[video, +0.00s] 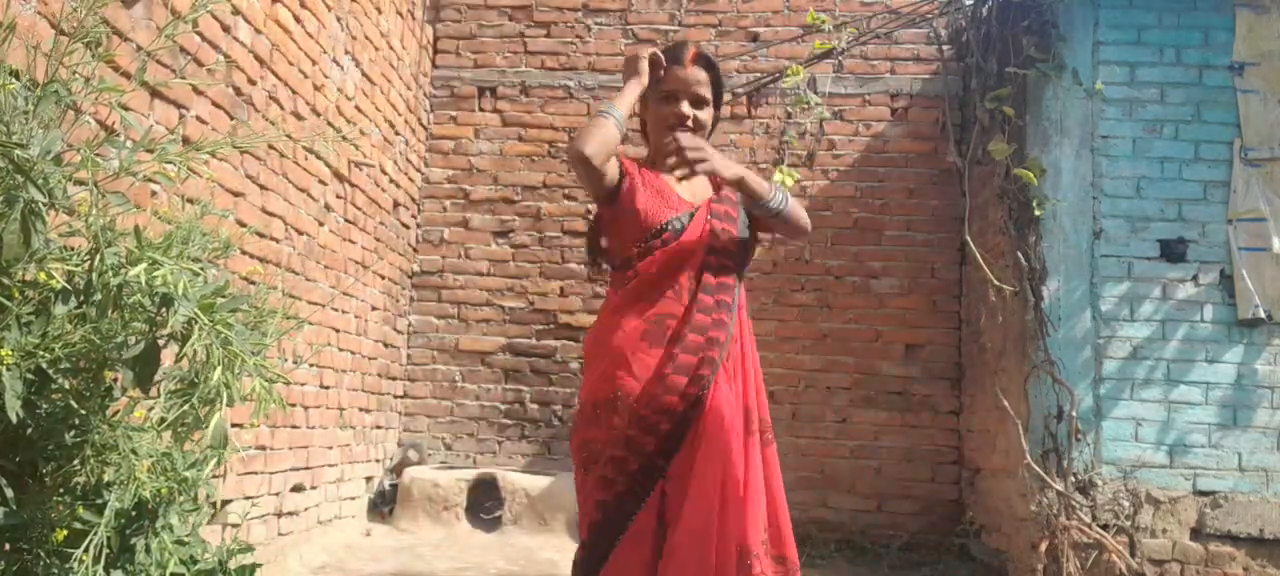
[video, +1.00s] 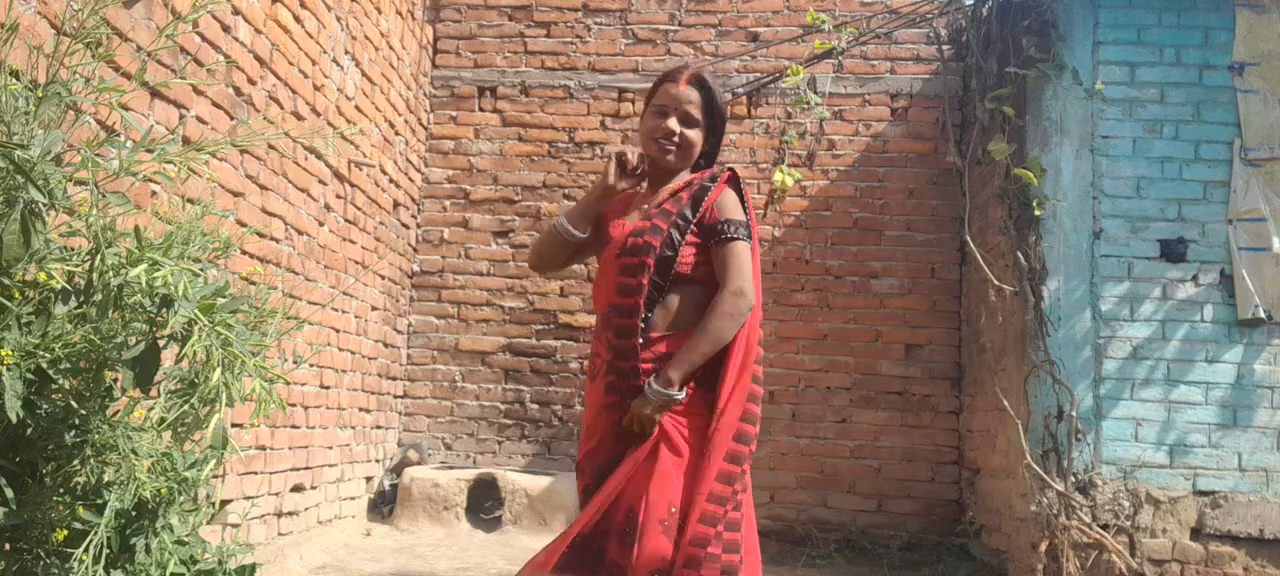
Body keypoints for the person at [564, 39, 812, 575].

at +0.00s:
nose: (685, 113)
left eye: (699, 102)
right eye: (670, 98)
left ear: (716, 112)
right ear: (646, 108)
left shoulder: (730, 190)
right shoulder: (625, 177)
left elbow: (800, 227)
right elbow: (585, 153)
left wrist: (733, 171)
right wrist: (634, 86)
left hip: (721, 381)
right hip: (636, 382)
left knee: (728, 535)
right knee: (629, 539)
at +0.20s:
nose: (680, 83)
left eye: (697, 77)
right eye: (669, 68)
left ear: (715, 95)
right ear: (646, 76)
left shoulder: (725, 147)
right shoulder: (622, 161)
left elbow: (758, 242)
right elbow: (551, 169)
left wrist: (695, 344)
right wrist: (619, 94)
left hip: (701, 370)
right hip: (617, 367)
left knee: (681, 524)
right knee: (604, 519)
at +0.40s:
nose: (669, 104)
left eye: (689, 97)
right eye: (661, 89)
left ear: (711, 115)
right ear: (646, 96)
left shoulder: (701, 170)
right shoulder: (637, 179)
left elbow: (701, 273)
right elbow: (552, 230)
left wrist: (643, 367)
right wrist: (597, 161)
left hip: (675, 392)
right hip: (627, 387)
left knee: (652, 543)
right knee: (611, 539)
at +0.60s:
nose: (657, 129)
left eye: (676, 123)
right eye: (651, 116)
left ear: (702, 142)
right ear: (640, 121)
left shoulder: (690, 199)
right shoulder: (640, 202)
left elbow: (685, 304)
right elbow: (566, 277)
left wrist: (622, 398)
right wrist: (608, 212)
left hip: (654, 409)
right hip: (620, 403)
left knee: (606, 544)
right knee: (623, 551)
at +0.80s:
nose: (659, 118)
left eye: (678, 112)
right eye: (652, 105)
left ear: (701, 132)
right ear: (639, 110)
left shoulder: (688, 188)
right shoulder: (629, 190)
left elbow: (692, 286)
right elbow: (551, 242)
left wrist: (629, 373)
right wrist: (600, 181)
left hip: (666, 387)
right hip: (619, 385)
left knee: (656, 540)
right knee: (626, 535)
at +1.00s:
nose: (672, 127)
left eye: (689, 120)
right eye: (661, 112)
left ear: (708, 138)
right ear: (641, 119)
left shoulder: (713, 194)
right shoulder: (620, 199)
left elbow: (739, 299)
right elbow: (541, 259)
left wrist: (666, 381)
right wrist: (600, 195)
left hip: (677, 400)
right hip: (610, 395)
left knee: (654, 545)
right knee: (604, 540)